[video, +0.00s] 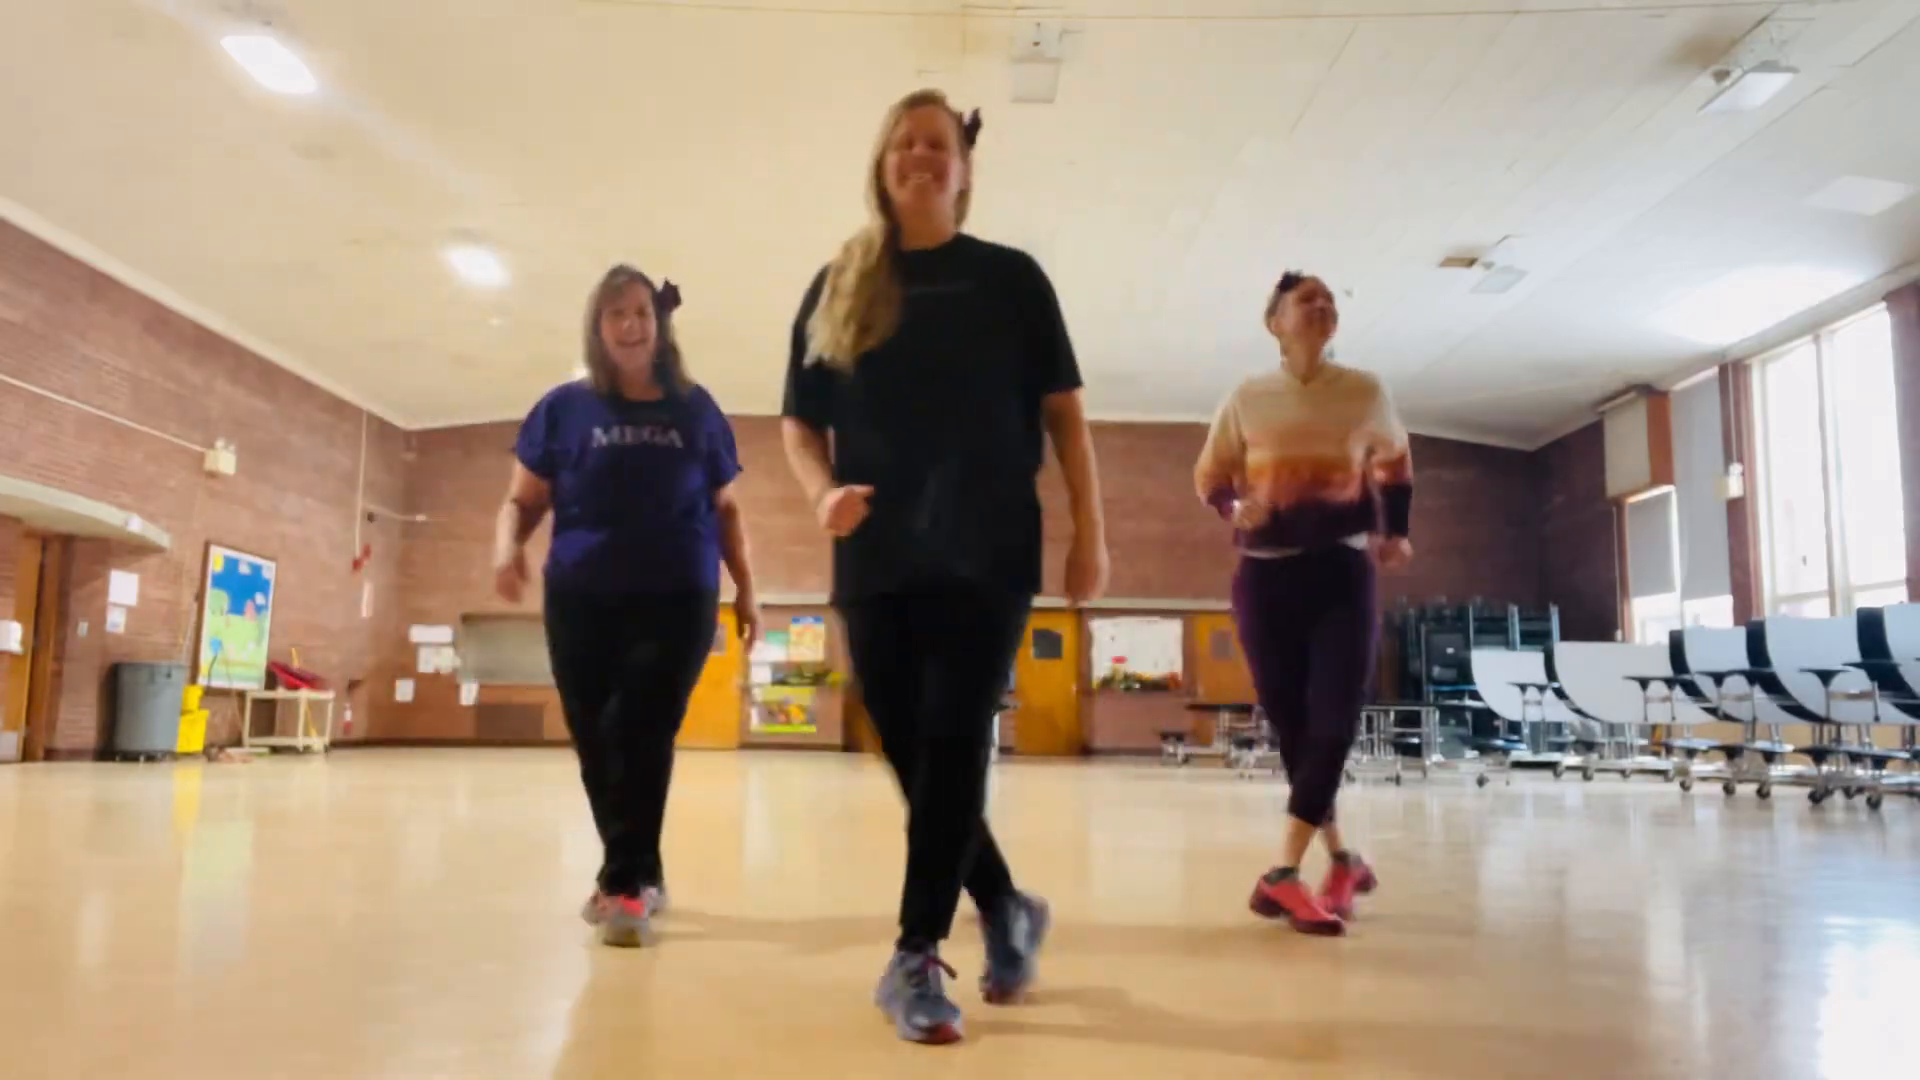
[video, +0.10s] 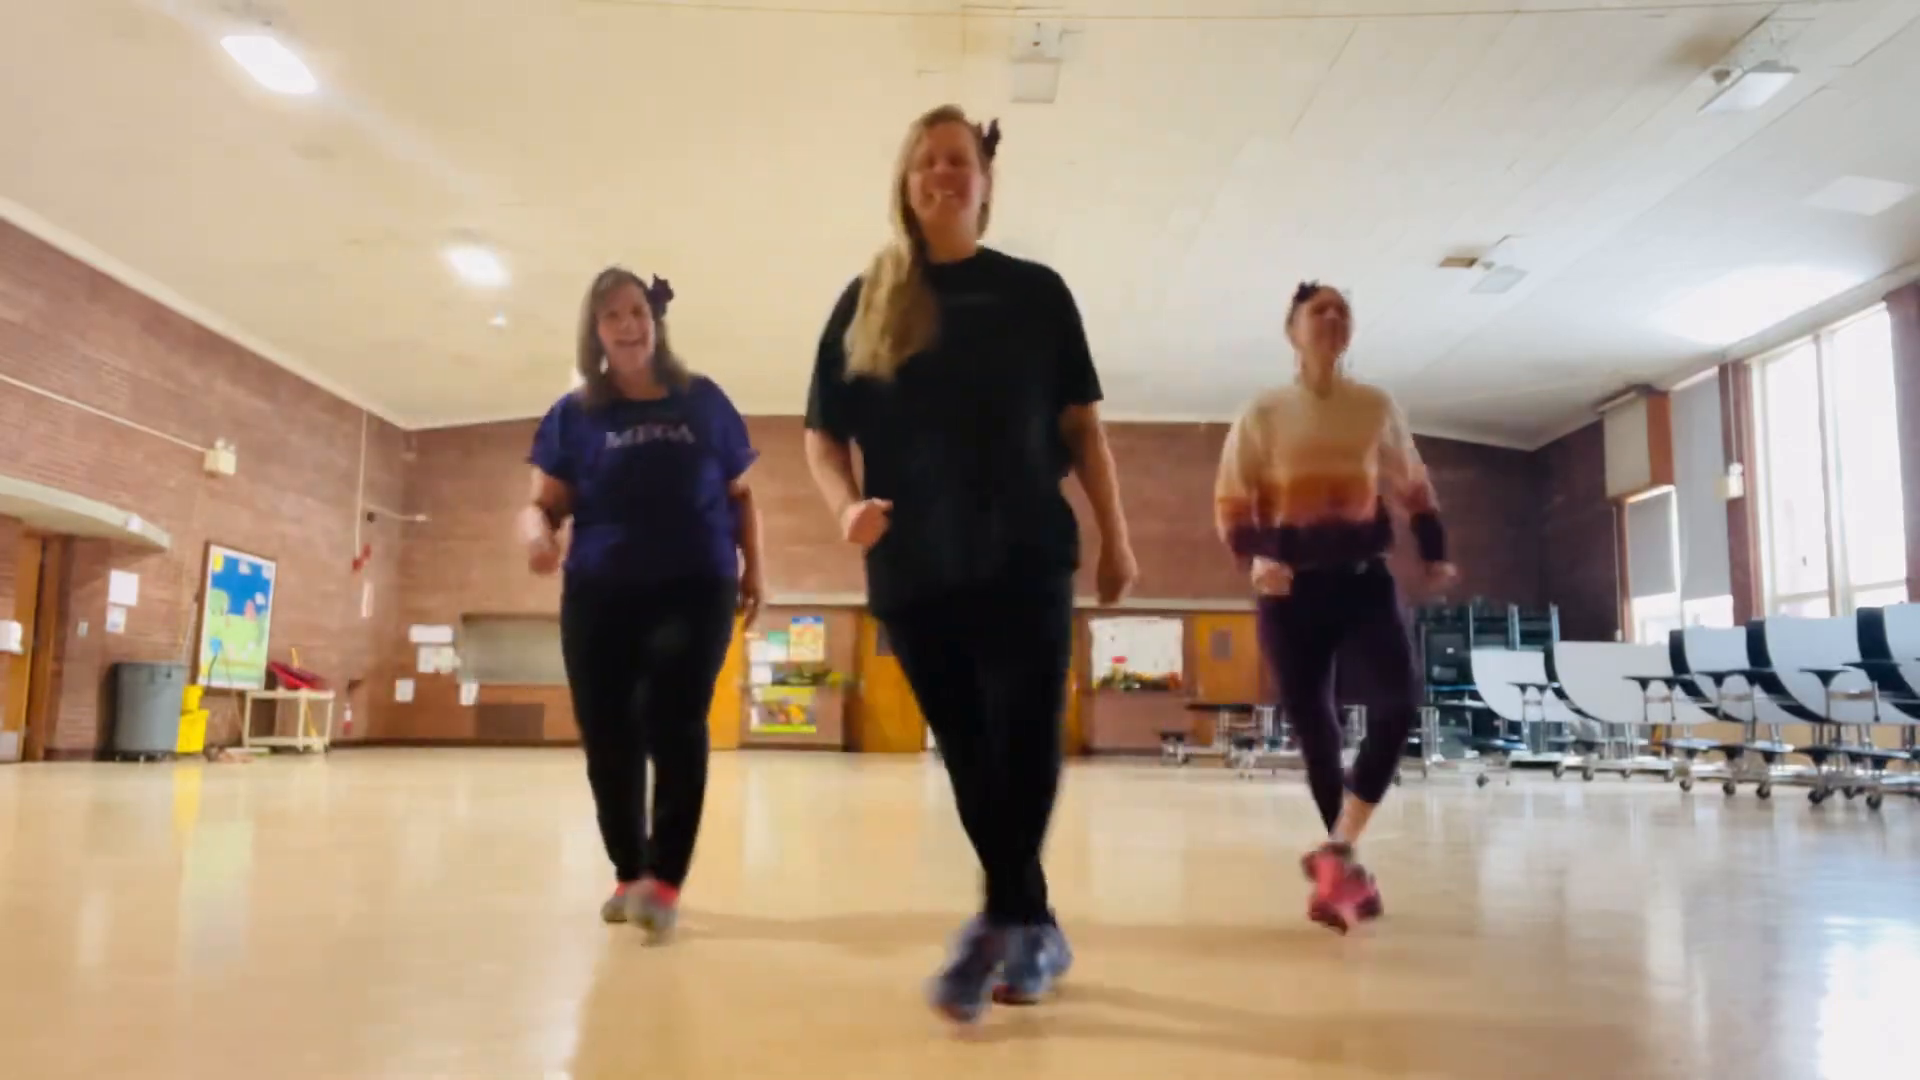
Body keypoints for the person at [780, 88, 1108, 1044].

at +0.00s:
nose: (920, 154)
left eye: (937, 143)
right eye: (905, 142)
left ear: (967, 166)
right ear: (880, 164)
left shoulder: (1015, 278)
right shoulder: (840, 285)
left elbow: (1065, 411)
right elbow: (802, 419)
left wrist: (1087, 528)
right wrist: (822, 488)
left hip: (986, 548)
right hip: (875, 551)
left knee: (953, 748)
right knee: (910, 752)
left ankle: (917, 959)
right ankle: (1007, 908)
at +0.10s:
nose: (945, 173)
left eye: (960, 161)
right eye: (930, 162)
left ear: (988, 179)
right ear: (905, 181)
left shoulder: (1037, 290)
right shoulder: (869, 301)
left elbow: (1081, 421)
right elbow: (823, 428)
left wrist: (1112, 534)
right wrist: (845, 502)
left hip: (1026, 548)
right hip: (916, 556)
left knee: (1024, 734)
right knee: (967, 744)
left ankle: (990, 929)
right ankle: (1032, 926)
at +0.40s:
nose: (991, 163)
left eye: (1006, 152)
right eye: (977, 155)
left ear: (1037, 175)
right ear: (956, 182)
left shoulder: (1091, 273)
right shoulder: (930, 291)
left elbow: (1139, 393)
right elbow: (891, 411)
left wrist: (1151, 499)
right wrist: (908, 493)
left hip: (1090, 531)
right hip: (979, 544)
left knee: (1123, 721)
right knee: (1004, 737)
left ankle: (1149, 878)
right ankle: (1033, 924)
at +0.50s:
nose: (1009, 199)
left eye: (1026, 189)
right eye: (995, 192)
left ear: (1062, 214)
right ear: (976, 223)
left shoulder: (1111, 316)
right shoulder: (948, 328)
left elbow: (1169, 426)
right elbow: (905, 441)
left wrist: (1182, 534)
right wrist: (921, 534)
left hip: (1104, 570)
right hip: (996, 577)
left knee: (1114, 747)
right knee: (1005, 753)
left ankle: (1148, 918)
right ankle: (1015, 922)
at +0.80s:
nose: (1000, 162)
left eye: (1016, 151)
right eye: (988, 152)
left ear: (1044, 171)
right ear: (968, 174)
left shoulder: (1082, 251)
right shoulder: (937, 257)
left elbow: (1097, 352)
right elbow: (897, 375)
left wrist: (1058, 280)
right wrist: (902, 278)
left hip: (1073, 514)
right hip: (969, 516)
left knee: (1078, 696)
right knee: (966, 704)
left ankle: (1094, 880)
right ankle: (980, 883)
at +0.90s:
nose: (986, 190)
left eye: (1000, 178)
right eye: (972, 178)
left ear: (1025, 195)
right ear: (948, 196)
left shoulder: (1059, 274)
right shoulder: (920, 288)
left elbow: (1059, 360)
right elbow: (902, 404)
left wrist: (965, 282)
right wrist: (968, 328)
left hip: (1054, 526)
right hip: (955, 531)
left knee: (1039, 707)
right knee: (961, 717)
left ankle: (1023, 889)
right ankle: (964, 891)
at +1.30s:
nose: (951, 196)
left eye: (967, 188)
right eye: (937, 186)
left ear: (987, 214)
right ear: (910, 210)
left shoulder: (1026, 323)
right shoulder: (862, 310)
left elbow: (1143, 378)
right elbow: (767, 366)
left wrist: (1246, 423)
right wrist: (683, 400)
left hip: (995, 562)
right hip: (884, 553)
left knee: (973, 751)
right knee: (801, 655)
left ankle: (970, 934)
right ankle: (803, 862)